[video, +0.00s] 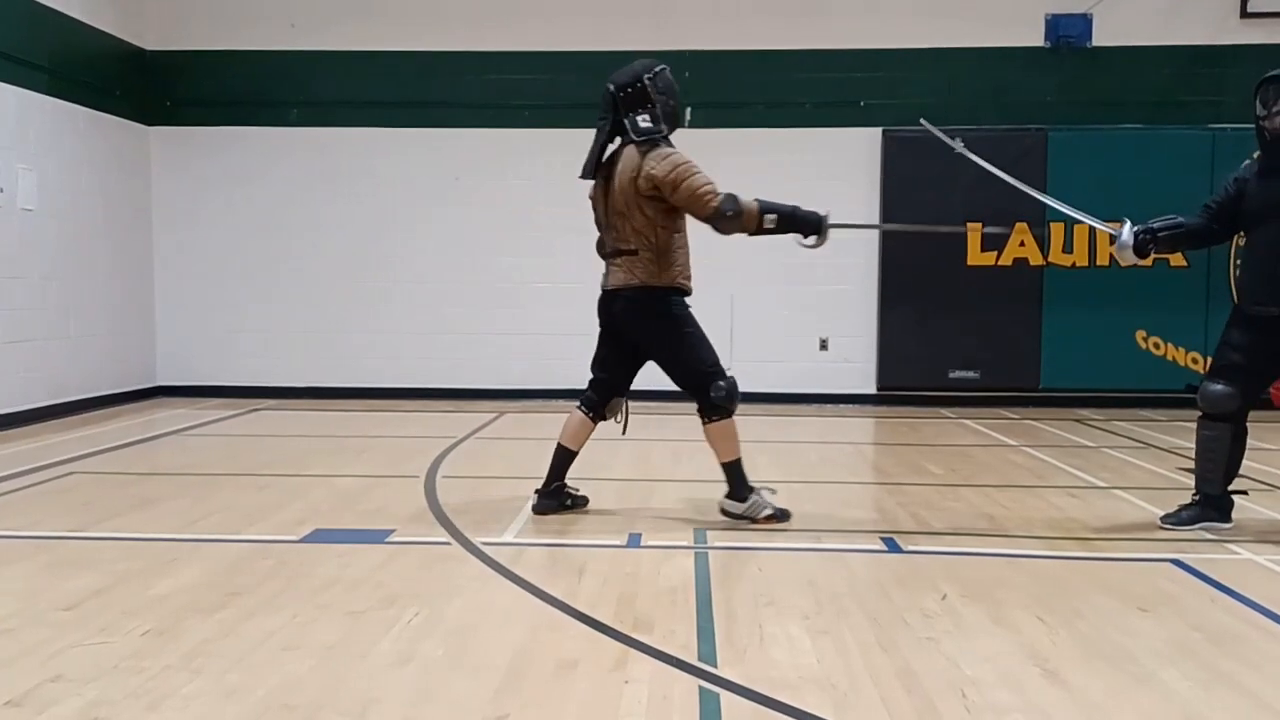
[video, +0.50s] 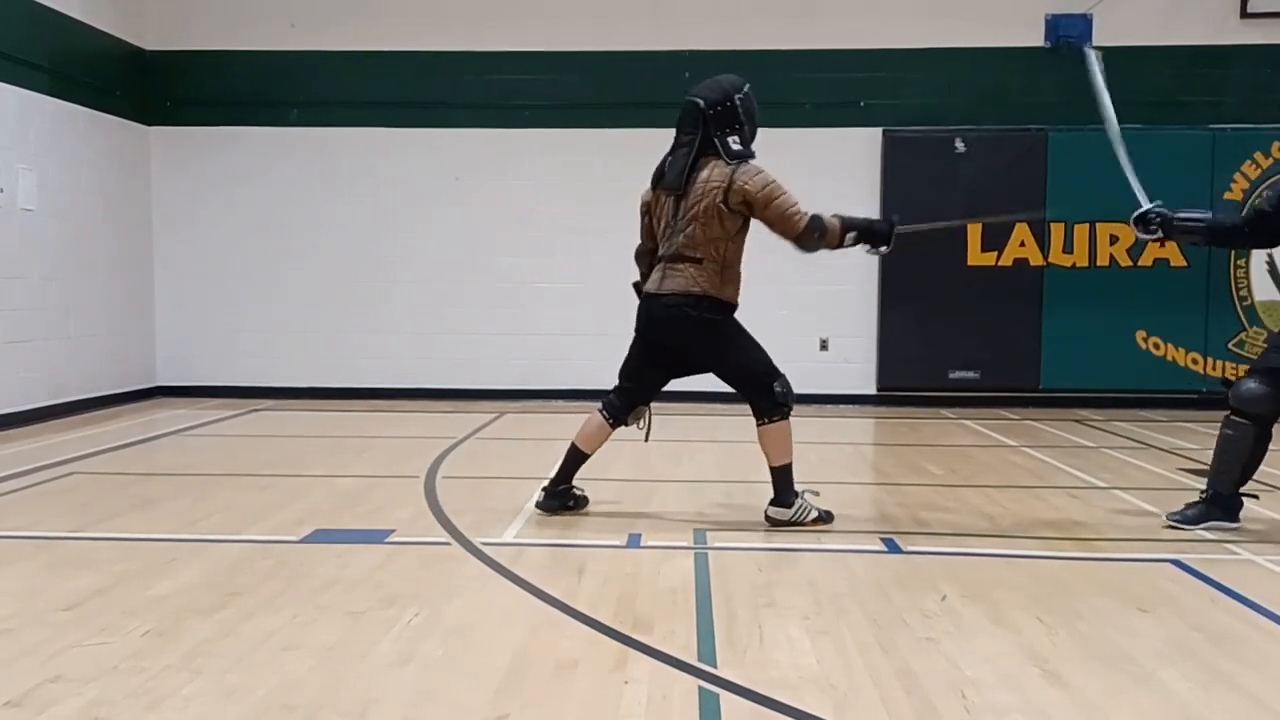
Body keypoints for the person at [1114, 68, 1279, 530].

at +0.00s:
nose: (1270, 120)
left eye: (1276, 112)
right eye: (1268, 111)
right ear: (1261, 117)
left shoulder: (1264, 172)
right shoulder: (1257, 172)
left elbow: (1213, 223)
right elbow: (1212, 223)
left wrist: (1145, 240)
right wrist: (1145, 238)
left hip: (1268, 311)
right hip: (1257, 309)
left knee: (1225, 395)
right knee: (1221, 395)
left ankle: (1212, 499)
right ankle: (1211, 500)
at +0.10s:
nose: (1274, 120)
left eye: (1279, 112)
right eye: (1270, 111)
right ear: (1261, 117)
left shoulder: (1264, 172)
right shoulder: (1258, 172)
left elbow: (1213, 222)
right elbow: (1212, 222)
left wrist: (1145, 239)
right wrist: (1145, 237)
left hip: (1270, 310)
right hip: (1259, 308)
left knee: (1229, 394)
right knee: (1225, 395)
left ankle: (1212, 499)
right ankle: (1211, 500)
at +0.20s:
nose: (1274, 124)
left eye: (1277, 116)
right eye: (1272, 116)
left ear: (1277, 122)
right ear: (1265, 121)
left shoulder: (1261, 178)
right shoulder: (1261, 176)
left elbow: (1203, 215)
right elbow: (1202, 214)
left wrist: (1129, 230)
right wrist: (1128, 230)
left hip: (1271, 311)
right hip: (1265, 310)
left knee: (1233, 393)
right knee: (1229, 395)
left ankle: (1212, 500)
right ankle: (1211, 500)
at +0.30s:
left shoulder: (1272, 183)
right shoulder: (1274, 182)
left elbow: (1212, 207)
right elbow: (1213, 207)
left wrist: (1132, 214)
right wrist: (1133, 213)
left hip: (1275, 322)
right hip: (1275, 319)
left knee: (1240, 400)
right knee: (1237, 400)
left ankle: (1212, 502)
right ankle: (1211, 502)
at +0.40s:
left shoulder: (1275, 192)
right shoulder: (1275, 190)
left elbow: (1224, 214)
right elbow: (1225, 213)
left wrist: (1147, 210)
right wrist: (1149, 211)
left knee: (1253, 400)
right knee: (1251, 400)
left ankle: (1215, 500)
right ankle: (1215, 500)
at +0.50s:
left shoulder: (1277, 199)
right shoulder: (1278, 197)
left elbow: (1254, 231)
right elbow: (1253, 231)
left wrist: (1175, 225)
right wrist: (1174, 225)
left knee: (1256, 395)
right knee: (1253, 395)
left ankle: (1221, 499)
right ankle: (1221, 499)